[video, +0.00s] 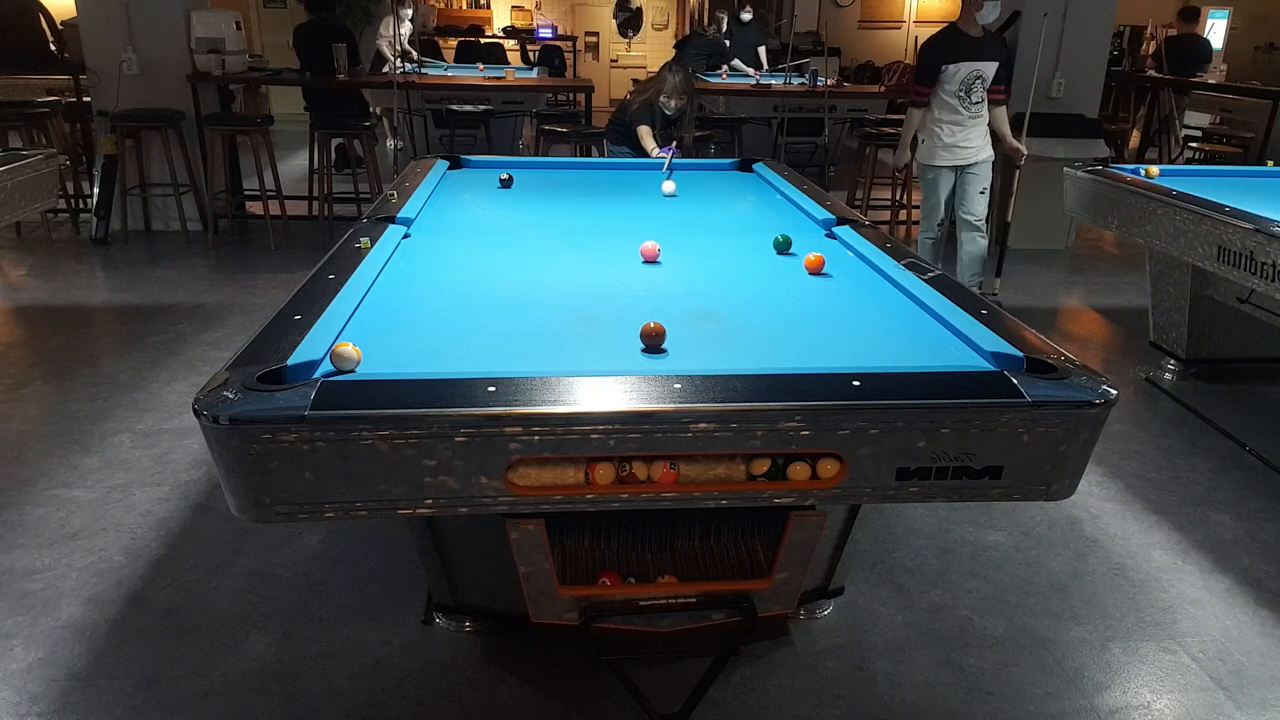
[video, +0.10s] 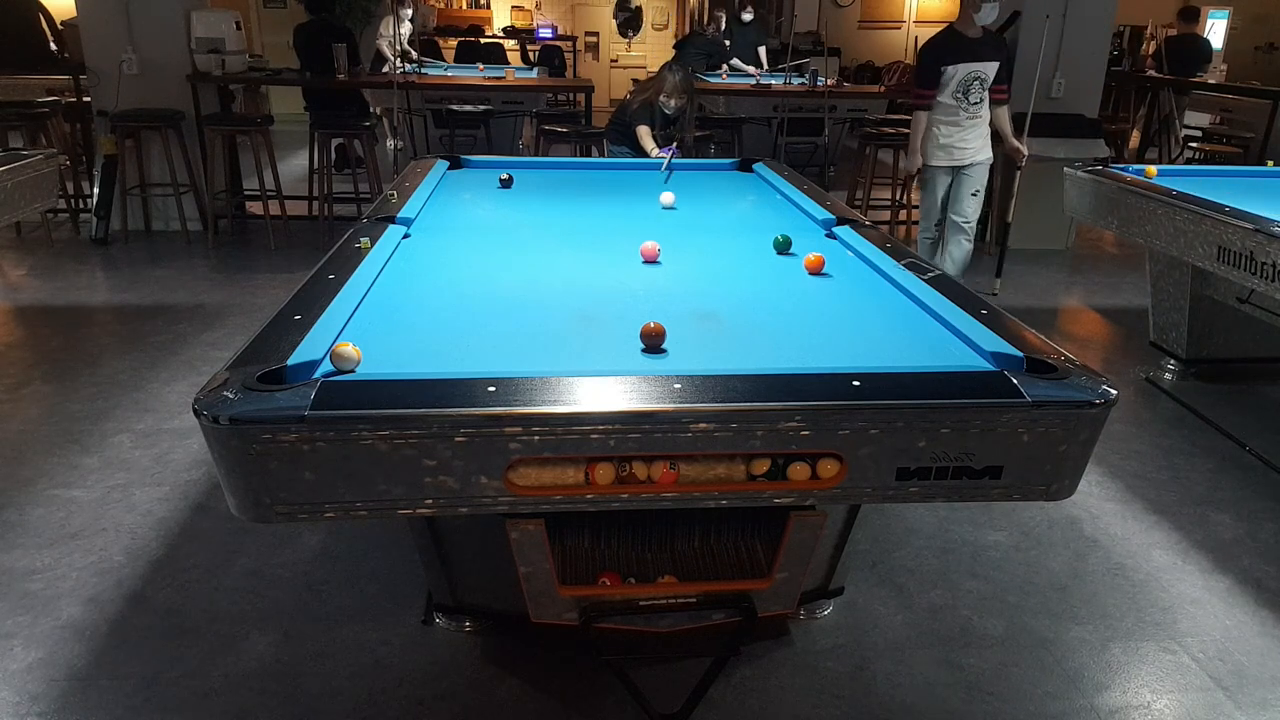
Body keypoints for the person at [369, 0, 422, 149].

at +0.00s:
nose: (408, 12)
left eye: (410, 9)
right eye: (405, 9)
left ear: (412, 10)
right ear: (397, 9)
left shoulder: (408, 26)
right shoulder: (389, 21)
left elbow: (402, 42)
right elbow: (380, 43)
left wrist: (413, 52)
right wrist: (392, 60)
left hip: (396, 65)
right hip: (381, 66)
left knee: (395, 104)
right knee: (385, 105)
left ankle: (395, 136)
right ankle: (390, 138)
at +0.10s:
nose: (408, 12)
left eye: (410, 9)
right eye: (405, 9)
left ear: (412, 10)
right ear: (397, 9)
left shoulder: (408, 26)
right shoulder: (389, 21)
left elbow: (402, 42)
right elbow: (380, 42)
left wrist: (412, 52)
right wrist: (392, 60)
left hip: (397, 64)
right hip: (381, 65)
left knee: (395, 103)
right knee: (385, 105)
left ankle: (395, 136)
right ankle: (390, 138)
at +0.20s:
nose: (408, 12)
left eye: (410, 9)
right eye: (404, 9)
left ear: (412, 10)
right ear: (397, 9)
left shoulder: (408, 26)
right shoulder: (388, 21)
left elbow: (402, 44)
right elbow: (380, 43)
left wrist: (411, 52)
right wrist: (392, 60)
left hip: (398, 66)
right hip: (382, 67)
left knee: (396, 104)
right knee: (385, 105)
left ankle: (395, 136)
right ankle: (390, 138)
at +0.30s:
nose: (408, 12)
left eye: (410, 9)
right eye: (405, 9)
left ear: (412, 10)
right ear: (397, 9)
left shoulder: (409, 27)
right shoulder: (388, 20)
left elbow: (403, 45)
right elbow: (380, 43)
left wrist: (413, 54)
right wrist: (392, 60)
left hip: (397, 66)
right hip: (381, 67)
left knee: (396, 104)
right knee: (385, 106)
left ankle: (395, 136)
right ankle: (389, 138)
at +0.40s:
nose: (408, 13)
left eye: (410, 10)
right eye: (405, 10)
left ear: (413, 11)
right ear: (397, 10)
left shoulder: (409, 27)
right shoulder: (389, 21)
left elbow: (403, 45)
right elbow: (380, 43)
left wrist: (413, 54)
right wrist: (392, 60)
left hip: (397, 66)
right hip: (381, 67)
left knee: (396, 104)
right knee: (385, 106)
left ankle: (395, 136)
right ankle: (389, 138)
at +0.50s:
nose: (409, 14)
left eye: (410, 10)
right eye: (405, 11)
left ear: (413, 11)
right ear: (398, 10)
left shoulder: (409, 27)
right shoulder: (389, 21)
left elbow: (403, 45)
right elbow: (380, 43)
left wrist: (412, 52)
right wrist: (392, 60)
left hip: (398, 66)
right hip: (382, 67)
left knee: (396, 104)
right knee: (385, 106)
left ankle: (395, 136)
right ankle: (390, 138)